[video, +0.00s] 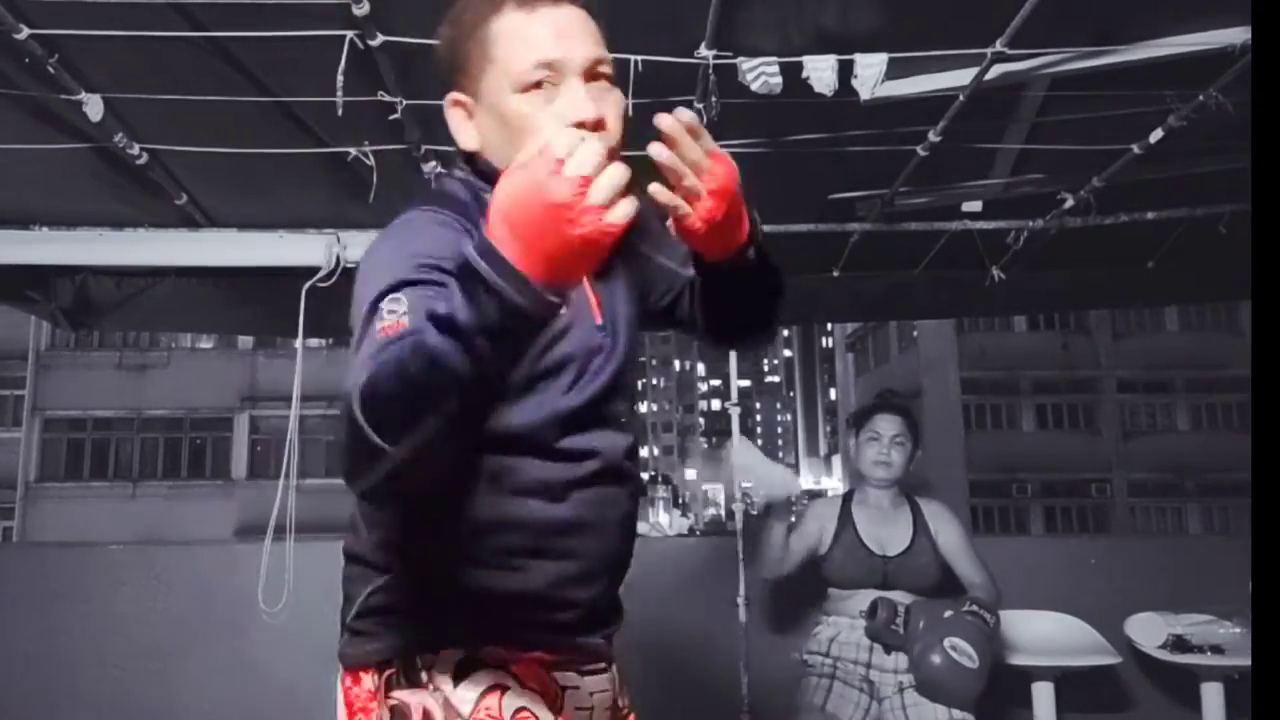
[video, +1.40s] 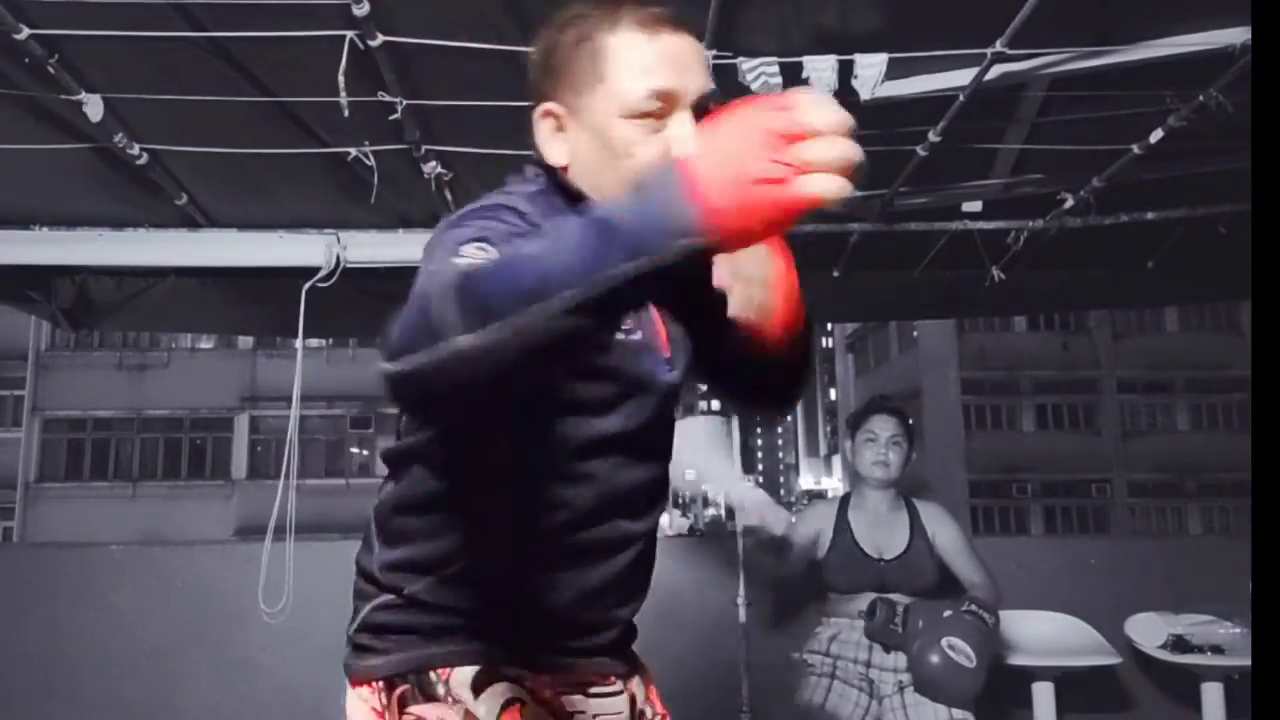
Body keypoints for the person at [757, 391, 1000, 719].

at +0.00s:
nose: (884, 451)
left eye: (897, 443)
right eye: (873, 439)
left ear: (912, 457)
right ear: (852, 448)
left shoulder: (934, 516)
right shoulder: (823, 514)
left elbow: (983, 588)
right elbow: (772, 573)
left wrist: (974, 616)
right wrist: (776, 514)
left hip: (921, 670)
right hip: (839, 666)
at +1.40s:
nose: (883, 451)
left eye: (895, 443)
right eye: (871, 440)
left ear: (908, 458)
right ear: (850, 450)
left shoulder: (931, 518)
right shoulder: (819, 518)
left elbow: (983, 587)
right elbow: (778, 587)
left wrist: (971, 622)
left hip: (921, 667)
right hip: (839, 665)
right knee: (824, 711)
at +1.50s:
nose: (882, 447)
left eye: (894, 440)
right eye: (870, 437)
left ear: (907, 456)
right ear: (849, 450)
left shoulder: (930, 518)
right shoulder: (819, 516)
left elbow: (983, 587)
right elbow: (802, 599)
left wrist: (975, 617)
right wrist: (870, 608)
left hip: (921, 668)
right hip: (837, 664)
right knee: (824, 712)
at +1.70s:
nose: (888, 451)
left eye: (900, 442)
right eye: (875, 441)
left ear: (918, 455)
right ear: (859, 452)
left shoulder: (939, 513)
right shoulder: (830, 510)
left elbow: (983, 587)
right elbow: (781, 578)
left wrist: (967, 619)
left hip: (922, 666)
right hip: (838, 663)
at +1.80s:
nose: (887, 451)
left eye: (901, 442)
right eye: (875, 440)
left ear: (918, 454)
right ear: (858, 448)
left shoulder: (940, 513)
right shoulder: (821, 509)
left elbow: (984, 588)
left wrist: (962, 620)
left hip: (922, 670)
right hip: (839, 668)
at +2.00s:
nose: (885, 452)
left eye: (899, 443)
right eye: (874, 441)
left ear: (917, 457)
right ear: (857, 450)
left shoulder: (937, 515)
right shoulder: (825, 507)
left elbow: (984, 591)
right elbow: (755, 541)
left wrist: (951, 617)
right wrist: (806, 549)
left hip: (921, 670)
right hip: (838, 667)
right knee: (820, 711)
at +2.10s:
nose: (885, 452)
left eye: (898, 443)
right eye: (873, 441)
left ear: (916, 457)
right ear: (856, 449)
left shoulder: (936, 517)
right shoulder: (827, 511)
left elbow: (982, 590)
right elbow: (771, 560)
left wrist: (974, 617)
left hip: (921, 671)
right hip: (838, 667)